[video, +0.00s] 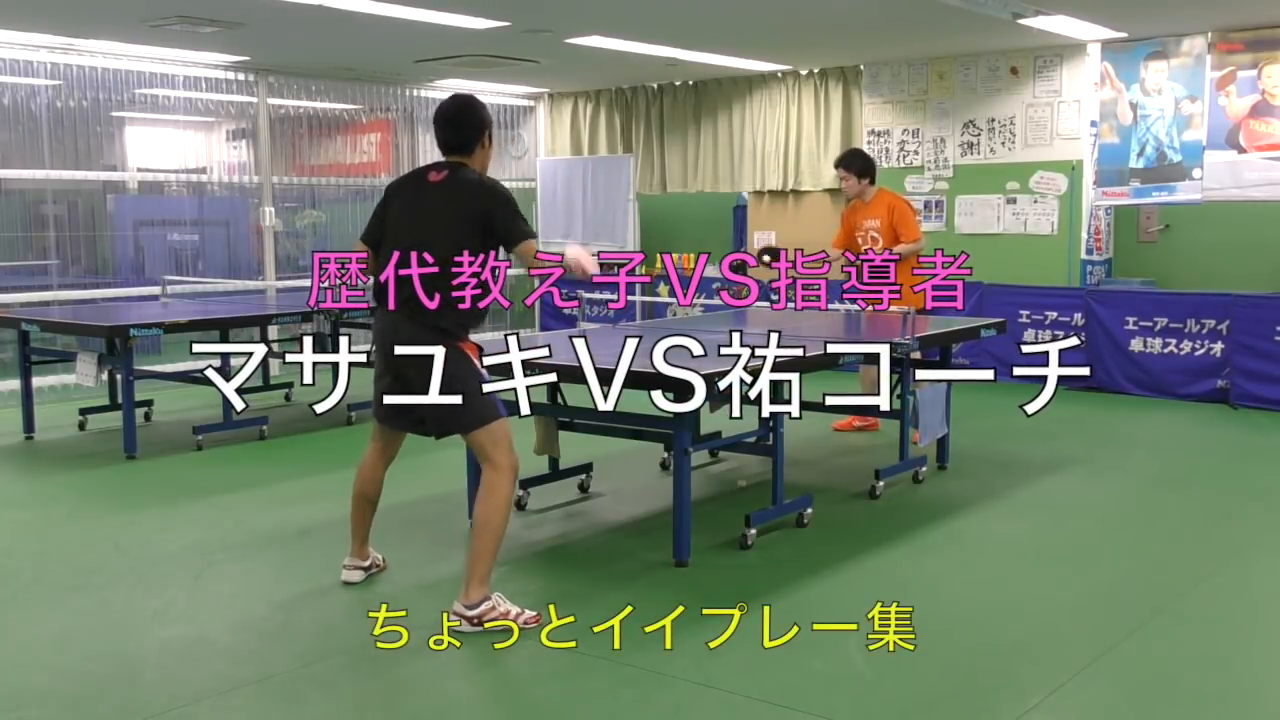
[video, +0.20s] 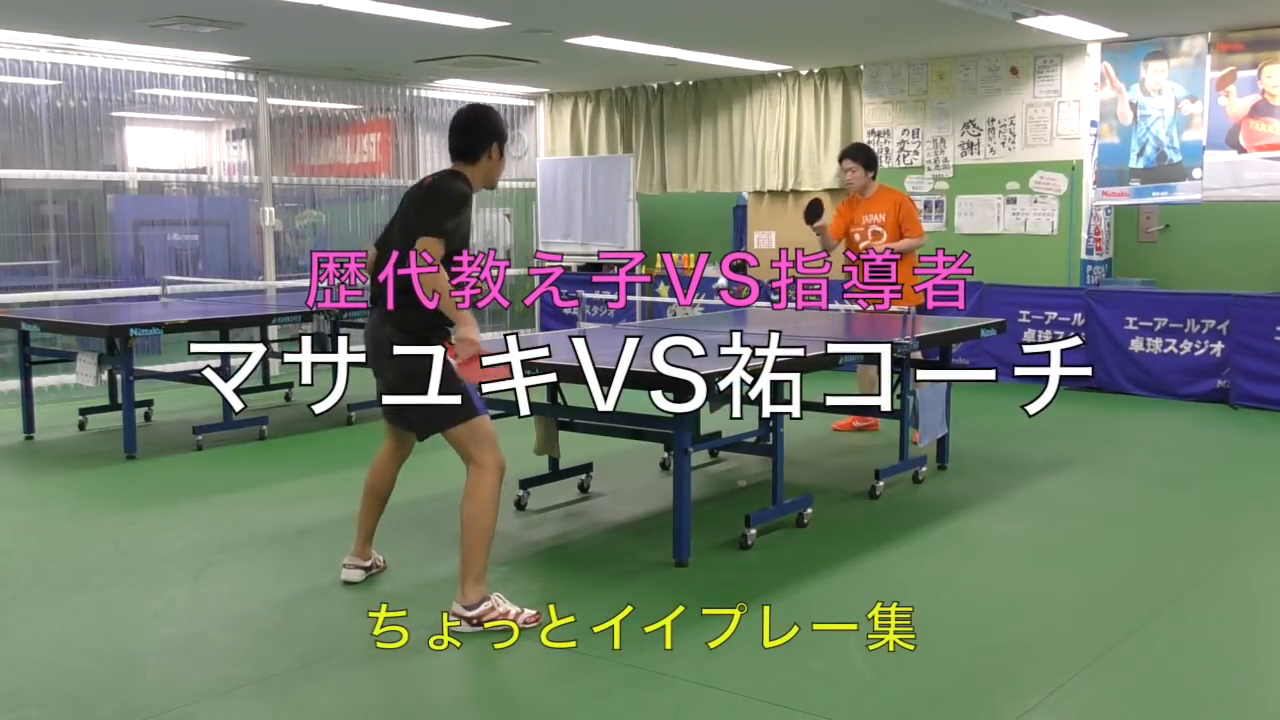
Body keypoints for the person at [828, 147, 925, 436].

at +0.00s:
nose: (842, 185)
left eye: (846, 179)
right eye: (840, 179)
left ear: (864, 178)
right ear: (848, 180)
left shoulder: (895, 204)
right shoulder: (851, 211)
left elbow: (916, 243)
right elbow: (837, 251)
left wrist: (888, 254)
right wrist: (802, 260)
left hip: (905, 298)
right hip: (872, 298)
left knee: (914, 360)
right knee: (869, 355)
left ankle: (925, 420)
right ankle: (867, 413)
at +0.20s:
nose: (846, 176)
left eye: (852, 170)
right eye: (843, 171)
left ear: (870, 171)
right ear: (843, 173)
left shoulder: (897, 200)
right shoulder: (847, 206)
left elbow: (918, 239)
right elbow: (830, 246)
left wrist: (887, 247)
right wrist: (820, 230)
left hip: (902, 296)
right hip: (865, 298)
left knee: (914, 359)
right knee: (866, 355)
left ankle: (924, 419)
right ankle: (867, 414)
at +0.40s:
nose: (855, 171)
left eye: (861, 165)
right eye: (852, 166)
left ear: (876, 167)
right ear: (849, 169)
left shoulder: (899, 197)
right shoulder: (851, 207)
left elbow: (919, 237)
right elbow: (838, 250)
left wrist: (886, 244)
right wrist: (821, 264)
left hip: (901, 296)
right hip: (867, 296)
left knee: (909, 359)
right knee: (867, 355)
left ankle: (922, 419)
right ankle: (866, 413)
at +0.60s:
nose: (852, 178)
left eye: (857, 172)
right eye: (849, 173)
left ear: (874, 172)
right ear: (848, 175)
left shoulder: (895, 201)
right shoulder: (861, 207)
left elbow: (917, 242)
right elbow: (865, 254)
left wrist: (889, 250)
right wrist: (841, 278)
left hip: (905, 297)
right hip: (874, 297)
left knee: (912, 360)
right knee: (870, 354)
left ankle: (924, 419)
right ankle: (867, 413)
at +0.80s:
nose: (850, 186)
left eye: (854, 180)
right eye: (848, 180)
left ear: (872, 177)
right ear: (857, 179)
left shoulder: (899, 204)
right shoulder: (864, 207)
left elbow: (918, 246)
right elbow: (859, 250)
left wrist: (891, 255)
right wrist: (830, 257)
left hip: (907, 298)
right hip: (877, 298)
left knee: (912, 361)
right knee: (873, 354)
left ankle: (925, 419)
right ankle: (869, 412)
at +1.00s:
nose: (856, 176)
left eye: (861, 170)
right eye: (854, 171)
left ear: (879, 171)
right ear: (854, 172)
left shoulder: (906, 201)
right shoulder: (856, 205)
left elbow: (925, 241)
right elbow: (843, 246)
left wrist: (898, 249)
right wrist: (832, 231)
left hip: (909, 296)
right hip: (874, 297)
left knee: (914, 360)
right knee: (871, 354)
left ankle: (922, 420)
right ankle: (866, 413)